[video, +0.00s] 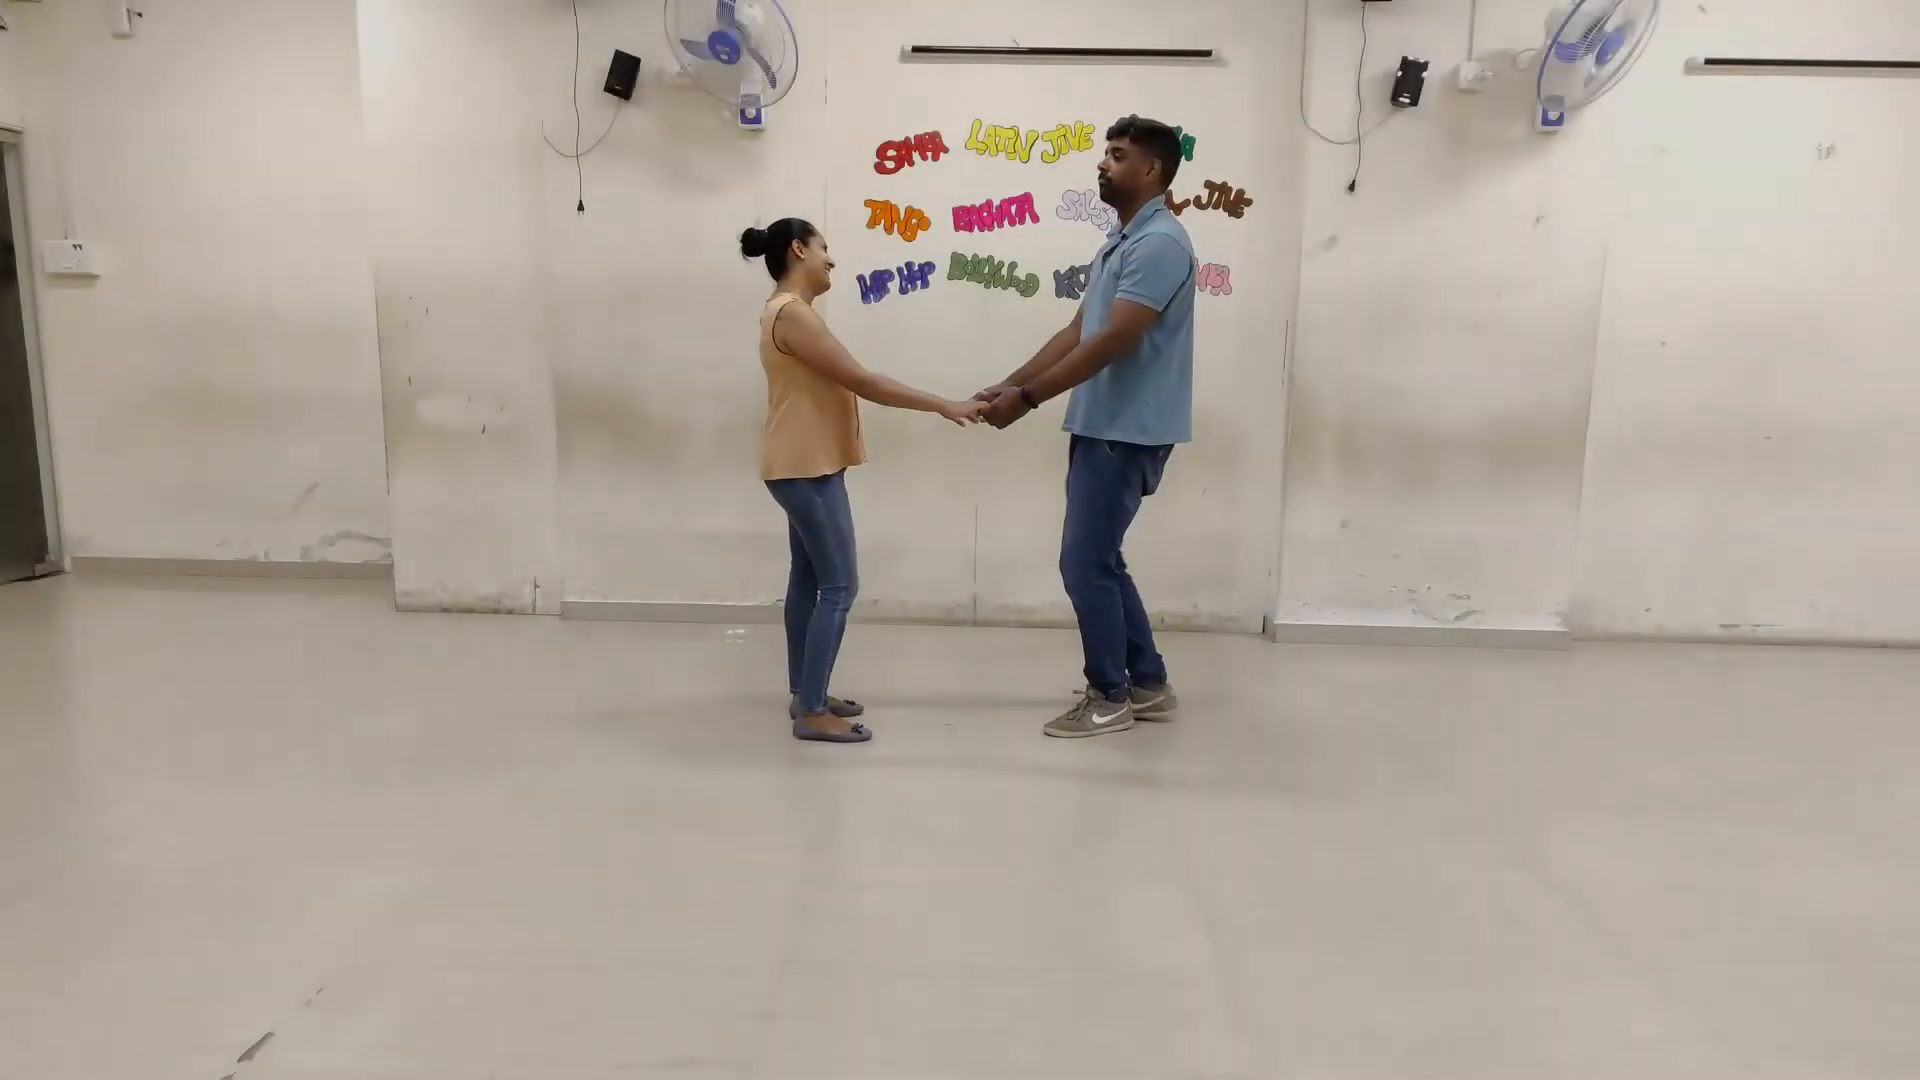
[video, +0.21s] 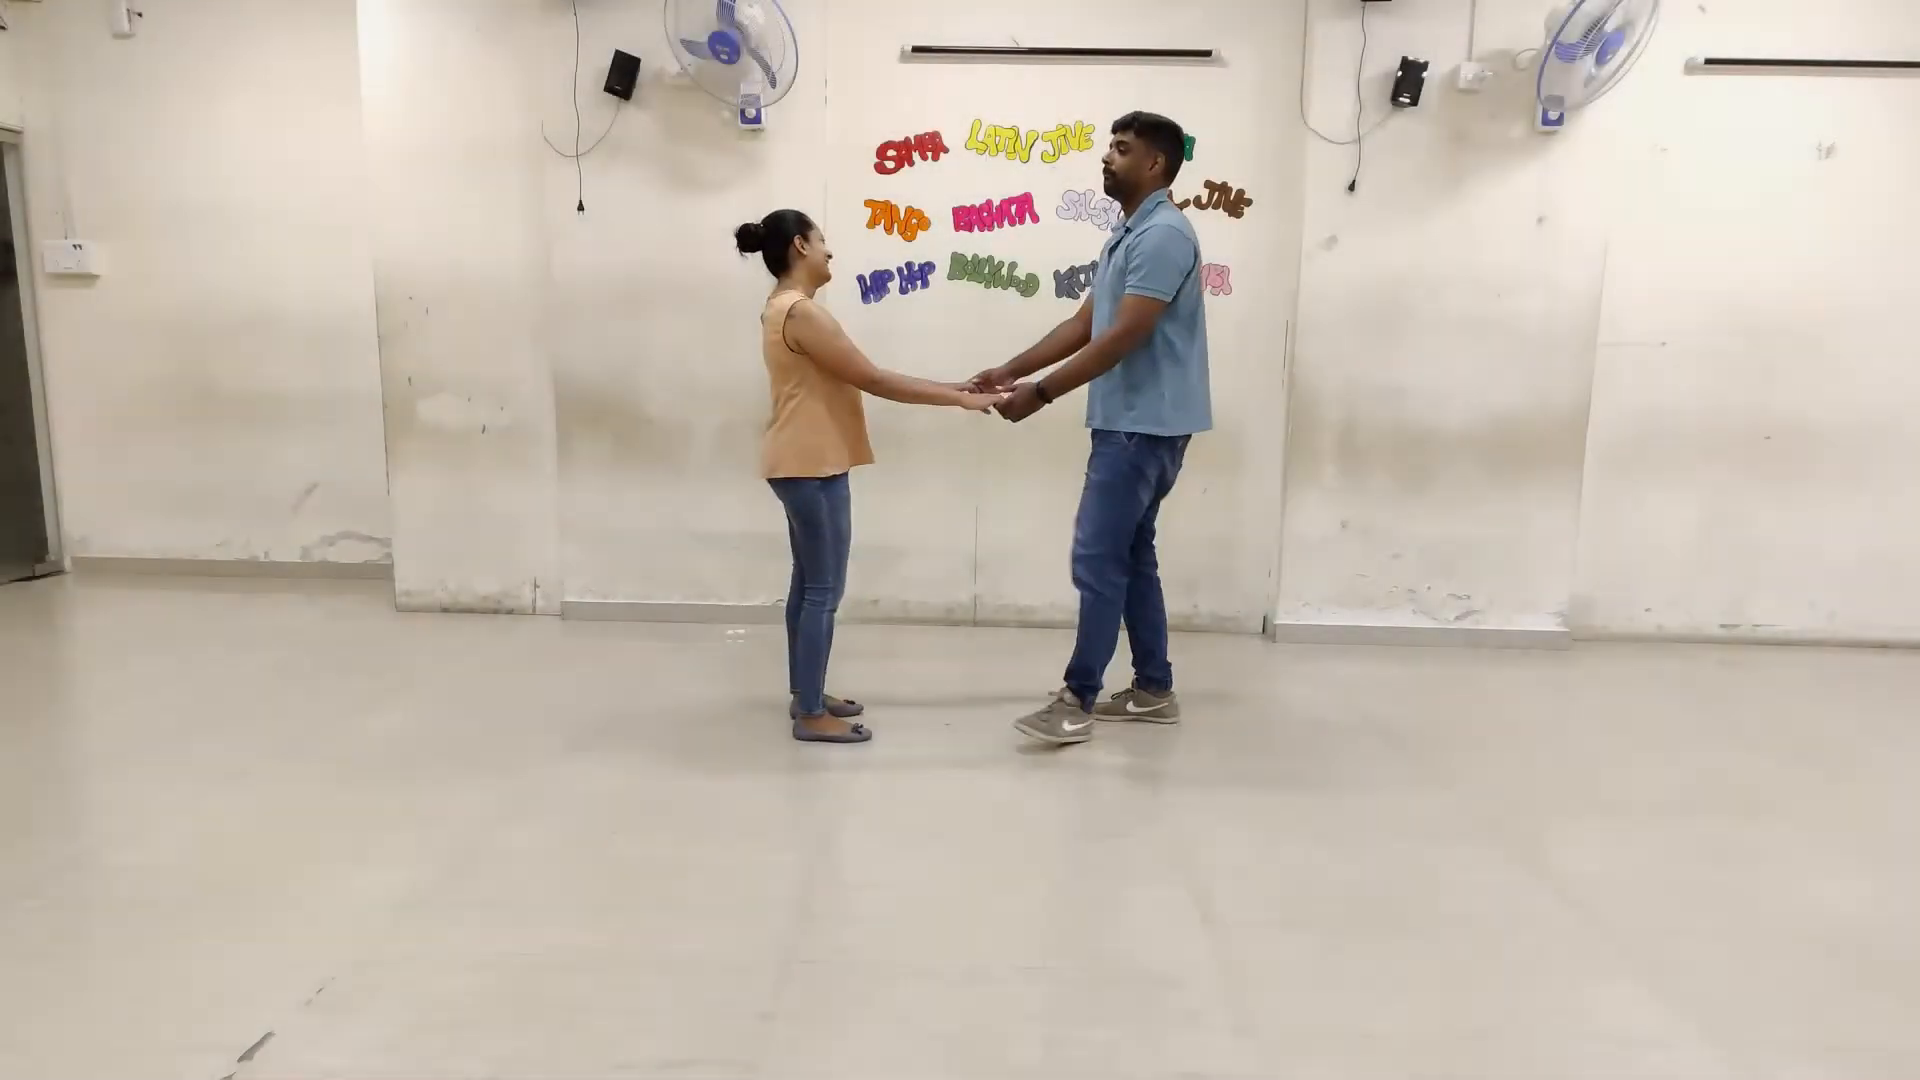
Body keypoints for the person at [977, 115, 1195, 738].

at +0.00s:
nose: (1103, 163)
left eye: (1116, 155)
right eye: (1105, 154)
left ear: (1153, 169)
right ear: (1131, 170)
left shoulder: (1161, 241)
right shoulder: (1122, 242)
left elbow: (1119, 336)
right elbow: (1078, 332)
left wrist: (1030, 394)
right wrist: (1014, 384)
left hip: (1127, 429)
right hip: (1102, 425)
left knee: (1084, 561)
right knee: (1096, 556)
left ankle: (1111, 694)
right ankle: (1146, 682)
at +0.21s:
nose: (1106, 156)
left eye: (1120, 147)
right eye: (1108, 147)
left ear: (1157, 162)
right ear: (1137, 164)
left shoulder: (1164, 234)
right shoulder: (1130, 235)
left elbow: (1128, 333)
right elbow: (1083, 323)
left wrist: (1042, 391)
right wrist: (1012, 369)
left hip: (1144, 426)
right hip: (1129, 423)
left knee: (1098, 559)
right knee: (1132, 555)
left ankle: (1077, 700)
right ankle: (1153, 688)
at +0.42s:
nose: (1117, 158)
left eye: (1132, 149)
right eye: (1114, 149)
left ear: (1168, 163)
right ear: (1115, 163)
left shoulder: (1169, 234)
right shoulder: (1129, 240)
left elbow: (1136, 333)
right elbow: (1088, 326)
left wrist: (1050, 394)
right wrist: (1013, 369)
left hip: (1149, 429)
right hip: (1123, 426)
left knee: (1110, 560)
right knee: (1131, 558)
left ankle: (1085, 705)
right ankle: (1153, 689)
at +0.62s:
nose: (1133, 157)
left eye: (1150, 150)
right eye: (1127, 148)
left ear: (1176, 167)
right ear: (1116, 163)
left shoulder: (1182, 240)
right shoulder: (1118, 242)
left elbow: (1148, 342)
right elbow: (1085, 327)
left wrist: (1060, 396)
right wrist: (1017, 374)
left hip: (1147, 431)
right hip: (1108, 425)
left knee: (1102, 568)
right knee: (1117, 562)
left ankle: (1124, 717)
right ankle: (1151, 684)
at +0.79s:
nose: (1134, 153)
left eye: (1151, 145)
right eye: (1127, 143)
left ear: (1178, 163)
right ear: (1116, 160)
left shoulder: (1182, 238)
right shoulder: (1117, 241)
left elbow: (1151, 340)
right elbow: (1086, 332)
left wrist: (1059, 404)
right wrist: (1018, 387)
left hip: (1146, 438)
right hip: (1101, 431)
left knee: (1105, 576)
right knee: (1090, 565)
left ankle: (1126, 723)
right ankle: (1144, 673)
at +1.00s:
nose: (1133, 143)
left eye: (1150, 134)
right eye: (1126, 133)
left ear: (1177, 150)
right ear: (1115, 146)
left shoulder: (1183, 228)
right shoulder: (1116, 232)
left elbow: (1147, 330)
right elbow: (1090, 328)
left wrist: (1044, 384)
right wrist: (1032, 386)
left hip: (1145, 436)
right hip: (1095, 428)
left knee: (1111, 580)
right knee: (1067, 560)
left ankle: (1132, 727)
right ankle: (1096, 687)